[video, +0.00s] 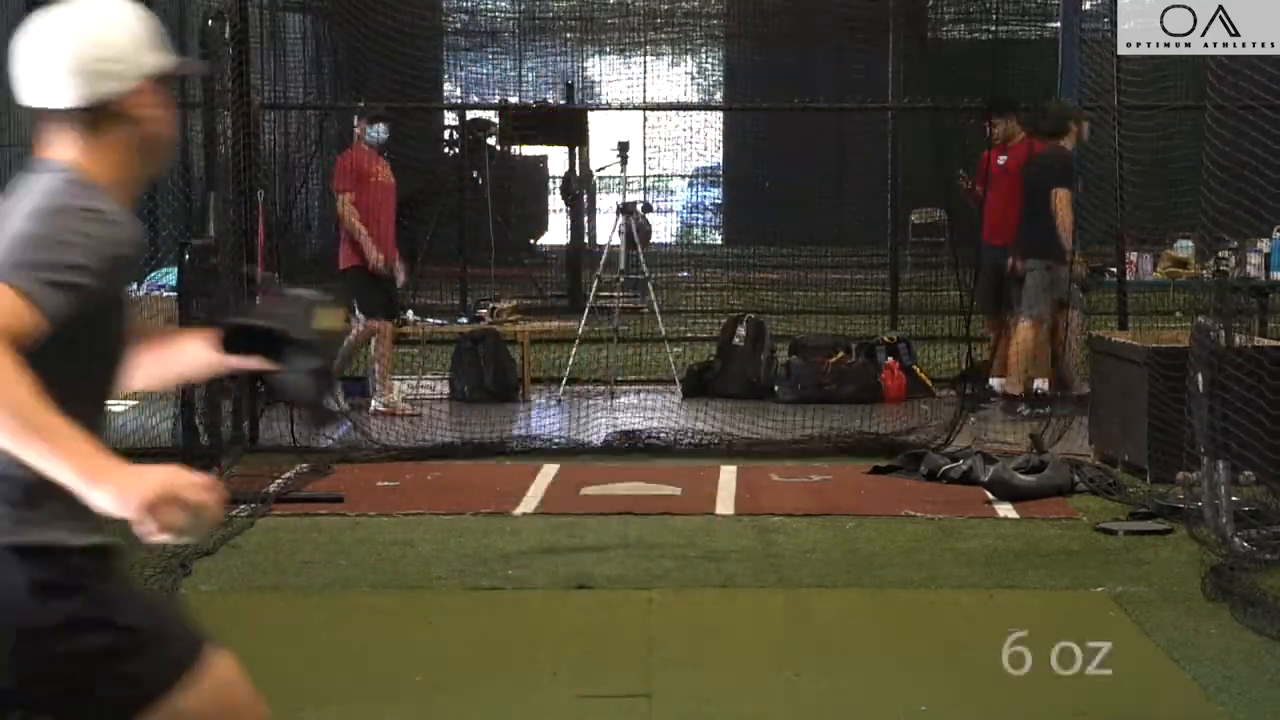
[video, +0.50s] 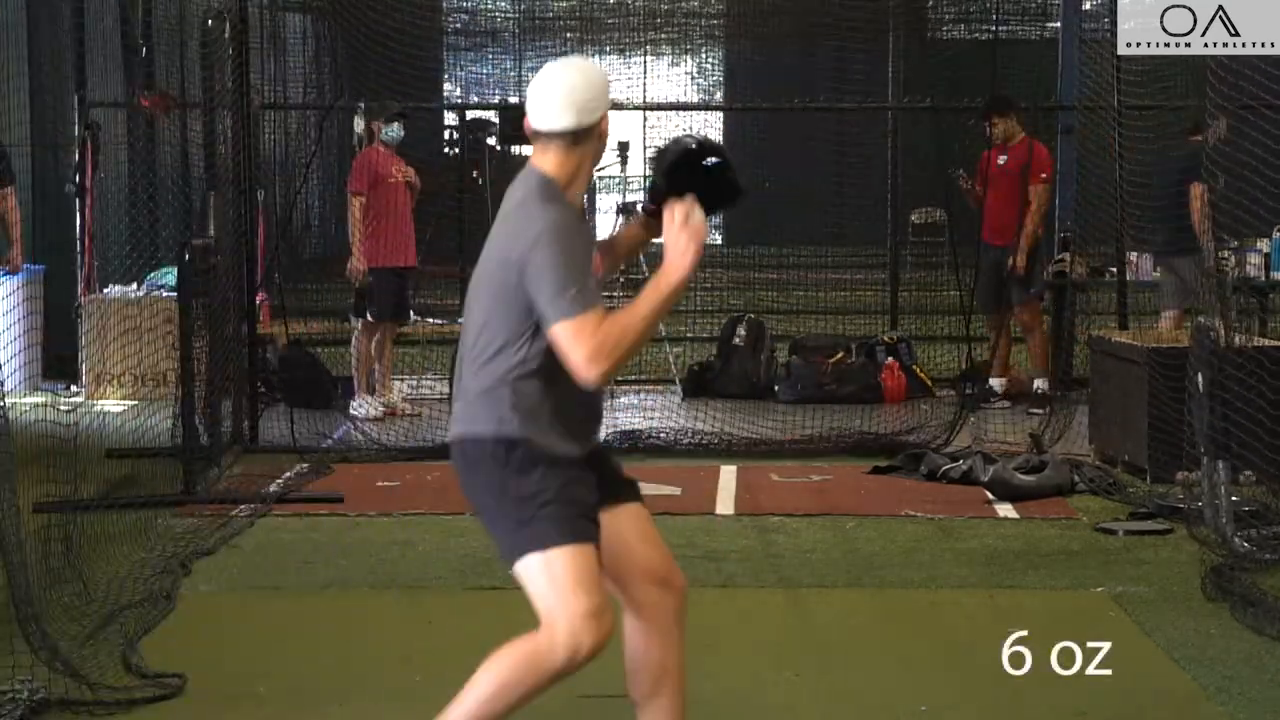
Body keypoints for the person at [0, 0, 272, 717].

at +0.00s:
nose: (174, 109)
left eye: (168, 88)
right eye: (164, 88)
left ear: (57, 106)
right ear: (132, 98)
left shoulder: (41, 206)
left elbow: (64, 363)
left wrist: (213, 348)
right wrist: (110, 481)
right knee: (225, 701)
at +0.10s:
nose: (354, 153)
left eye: (350, 134)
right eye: (348, 133)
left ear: (240, 146)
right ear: (323, 140)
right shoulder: (249, 268)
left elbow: (262, 386)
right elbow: (147, 437)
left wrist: (359, 382)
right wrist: (256, 532)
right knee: (376, 707)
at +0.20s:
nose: (475, 191)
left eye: (473, 176)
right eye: (472, 175)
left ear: (376, 186)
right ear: (454, 181)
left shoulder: (366, 280)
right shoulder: (385, 301)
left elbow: (408, 402)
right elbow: (331, 471)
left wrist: (540, 377)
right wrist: (458, 571)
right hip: (288, 562)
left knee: (478, 688)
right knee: (474, 702)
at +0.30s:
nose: (547, 166)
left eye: (543, 152)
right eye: (543, 153)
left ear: (462, 165)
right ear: (531, 162)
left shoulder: (475, 256)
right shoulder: (461, 266)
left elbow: (497, 365)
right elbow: (419, 424)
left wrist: (615, 325)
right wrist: (563, 468)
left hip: (429, 509)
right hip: (380, 518)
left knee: (574, 640)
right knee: (464, 705)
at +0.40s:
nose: (589, 156)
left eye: (585, 144)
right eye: (587, 145)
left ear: (507, 152)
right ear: (577, 154)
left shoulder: (549, 237)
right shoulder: (495, 254)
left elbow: (584, 313)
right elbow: (496, 410)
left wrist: (676, 259)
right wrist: (624, 371)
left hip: (526, 475)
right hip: (466, 477)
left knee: (653, 646)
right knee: (519, 669)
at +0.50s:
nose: (608, 132)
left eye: (604, 122)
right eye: (607, 122)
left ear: (532, 127)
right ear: (600, 131)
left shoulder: (547, 200)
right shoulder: (544, 217)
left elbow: (593, 270)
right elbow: (590, 357)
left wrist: (649, 219)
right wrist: (678, 267)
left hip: (562, 438)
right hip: (508, 443)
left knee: (657, 587)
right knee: (577, 627)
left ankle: (660, 715)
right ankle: (452, 716)